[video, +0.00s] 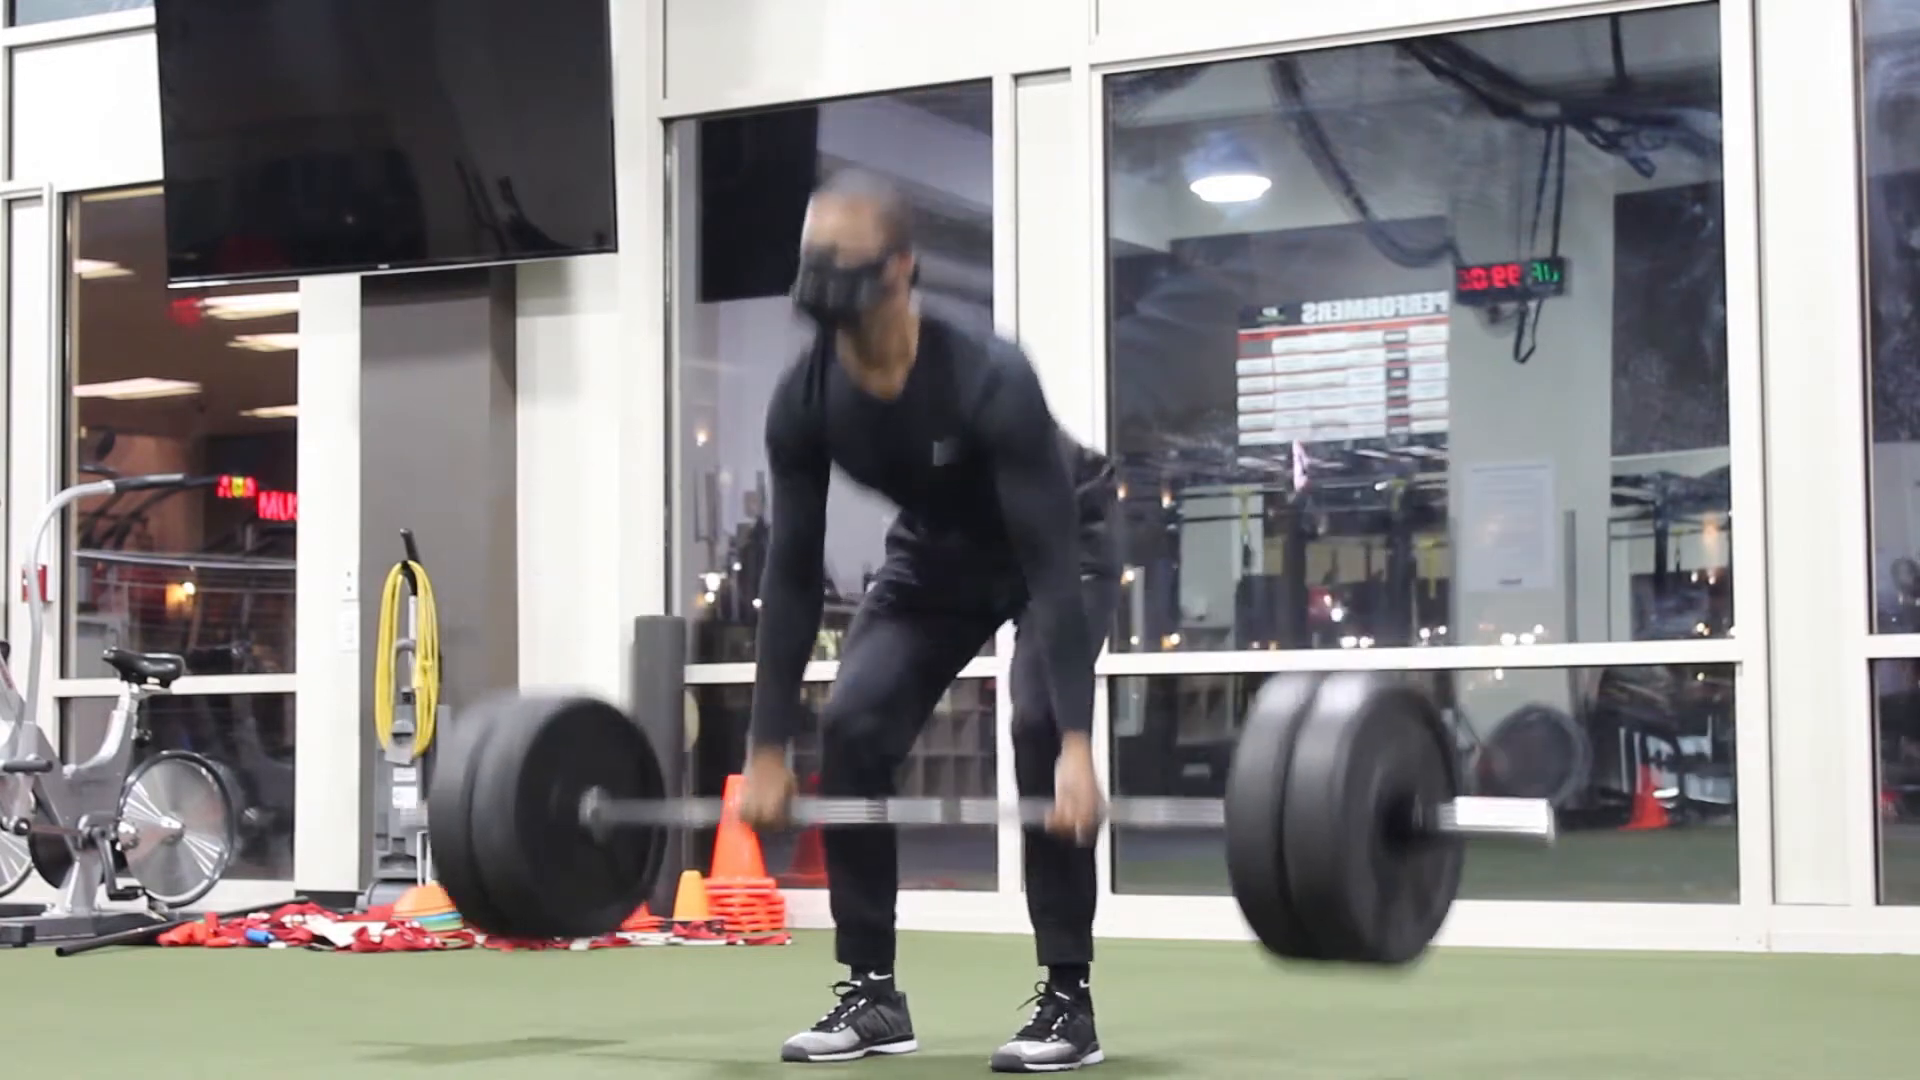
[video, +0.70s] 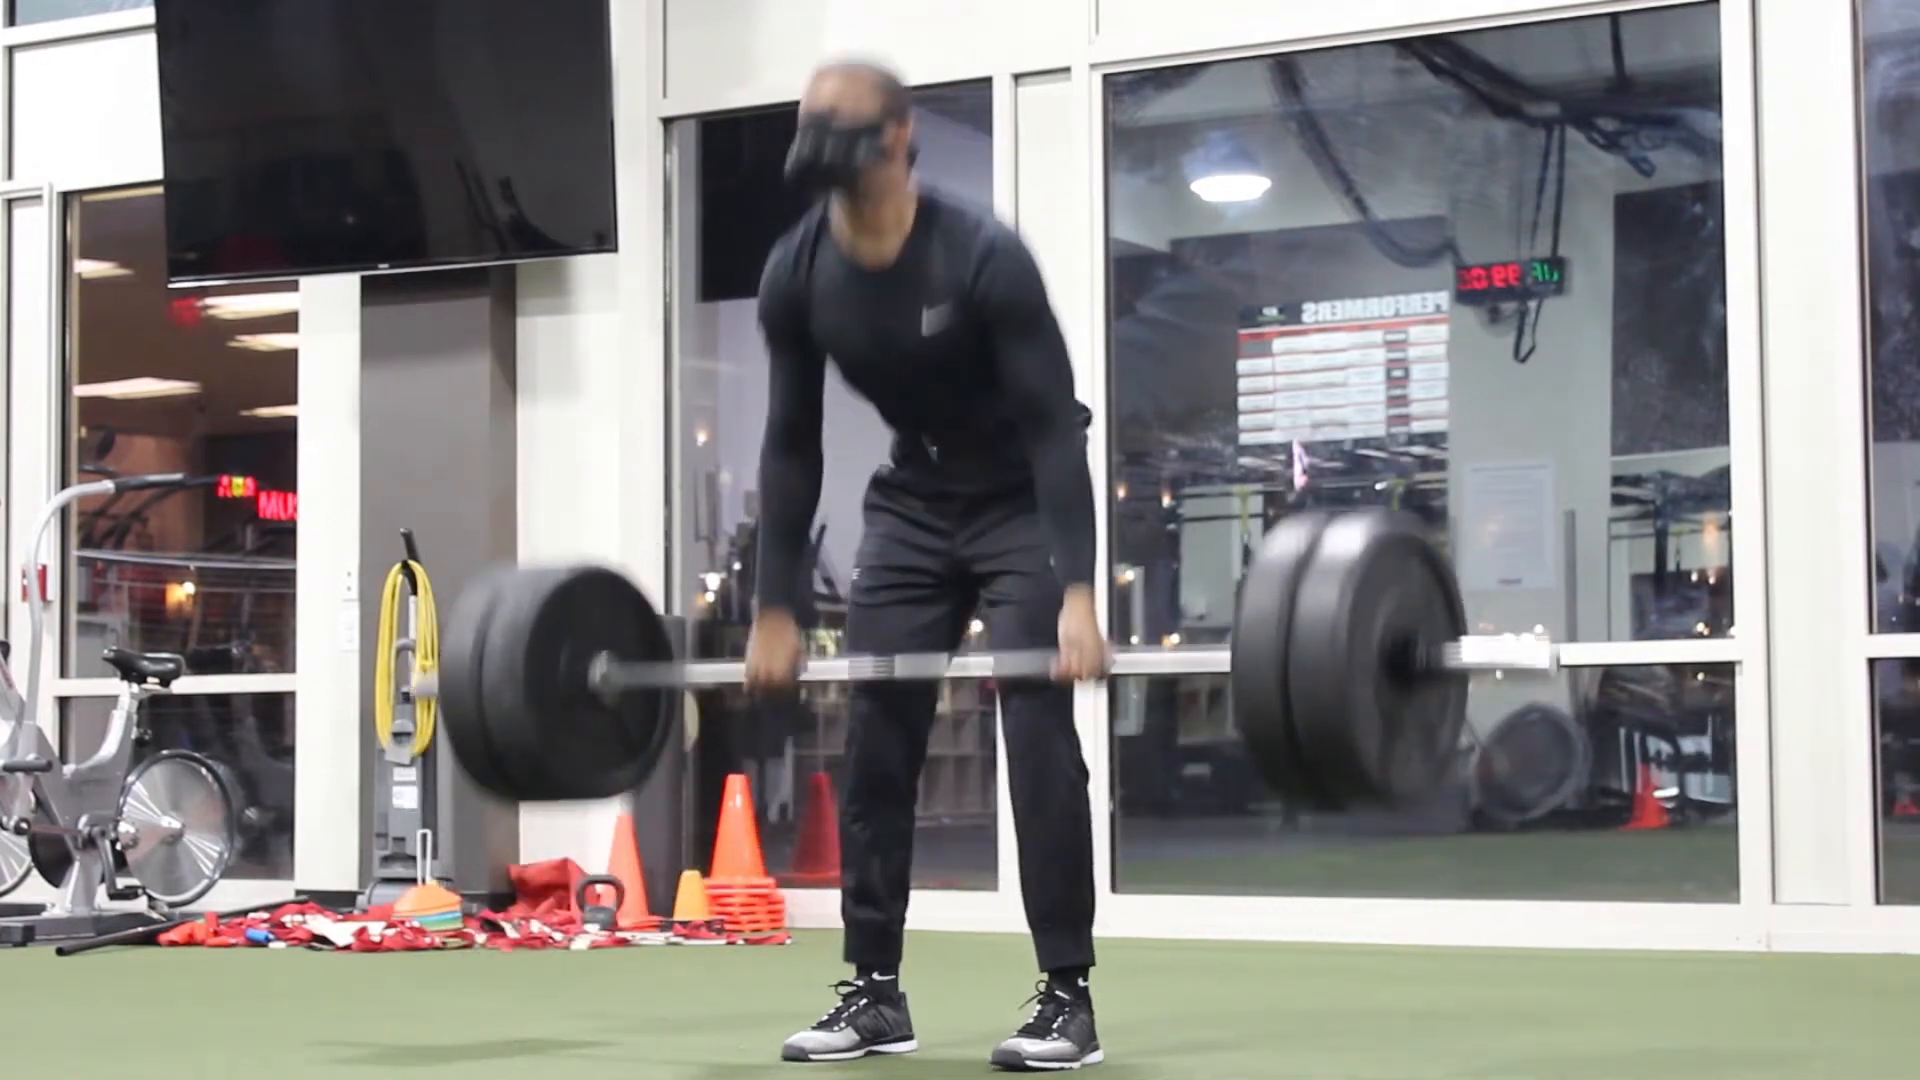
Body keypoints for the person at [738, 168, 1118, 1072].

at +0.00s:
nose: (817, 274)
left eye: (841, 259)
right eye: (810, 256)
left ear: (901, 271)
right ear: (799, 258)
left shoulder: (991, 377)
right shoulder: (804, 402)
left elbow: (1054, 567)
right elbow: (793, 578)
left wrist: (1075, 742)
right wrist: (766, 749)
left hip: (1051, 530)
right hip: (939, 544)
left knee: (1041, 729)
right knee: (852, 728)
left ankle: (1065, 1002)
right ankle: (872, 996)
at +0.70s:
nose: (813, 148)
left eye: (838, 130)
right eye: (806, 129)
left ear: (899, 138)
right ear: (799, 138)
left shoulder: (987, 258)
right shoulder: (796, 273)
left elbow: (1056, 424)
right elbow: (789, 443)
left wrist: (1078, 585)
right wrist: (775, 604)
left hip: (1026, 497)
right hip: (911, 499)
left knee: (1034, 719)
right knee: (878, 728)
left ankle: (1066, 995)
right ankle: (874, 991)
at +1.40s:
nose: (812, 299)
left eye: (836, 281)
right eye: (804, 280)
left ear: (897, 289)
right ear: (793, 282)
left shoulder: (986, 391)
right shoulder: (798, 415)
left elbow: (1051, 580)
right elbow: (786, 586)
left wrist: (1072, 761)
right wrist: (761, 759)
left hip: (1048, 535)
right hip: (933, 548)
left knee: (1029, 730)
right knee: (849, 725)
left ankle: (1064, 999)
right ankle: (871, 994)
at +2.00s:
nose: (806, 206)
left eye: (830, 190)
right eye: (799, 187)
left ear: (889, 197)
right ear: (788, 191)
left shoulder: (980, 308)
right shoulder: (789, 328)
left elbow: (1051, 479)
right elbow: (785, 497)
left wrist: (1082, 656)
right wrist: (775, 665)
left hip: (1034, 502)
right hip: (919, 509)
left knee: (1041, 733)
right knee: (868, 725)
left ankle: (1065, 998)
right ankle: (873, 992)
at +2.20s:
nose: (862, 49)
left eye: (885, 31)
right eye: (853, 34)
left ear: (934, 54)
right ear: (840, 59)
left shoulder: (1006, 189)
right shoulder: (815, 203)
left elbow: (1061, 365)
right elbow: (801, 379)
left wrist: (1086, 527)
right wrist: (779, 534)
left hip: (1014, 461)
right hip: (899, 463)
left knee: (1031, 729)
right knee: (882, 731)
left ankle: (1064, 998)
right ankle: (875, 992)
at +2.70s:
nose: (837, 205)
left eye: (861, 187)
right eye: (828, 186)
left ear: (919, 193)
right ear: (817, 193)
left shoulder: (1003, 316)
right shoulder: (814, 334)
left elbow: (1055, 501)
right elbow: (797, 507)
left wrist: (1075, 672)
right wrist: (766, 678)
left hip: (1053, 519)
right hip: (938, 525)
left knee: (1051, 738)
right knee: (868, 724)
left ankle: (1065, 997)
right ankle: (873, 992)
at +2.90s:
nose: (812, 376)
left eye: (835, 359)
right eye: (802, 357)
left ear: (892, 363)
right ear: (792, 358)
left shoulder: (984, 456)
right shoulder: (796, 479)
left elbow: (1055, 640)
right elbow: (786, 654)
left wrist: (1082, 820)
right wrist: (769, 825)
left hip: (1057, 555)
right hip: (942, 574)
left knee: (1015, 734)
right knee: (837, 738)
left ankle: (1062, 1002)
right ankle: (871, 999)